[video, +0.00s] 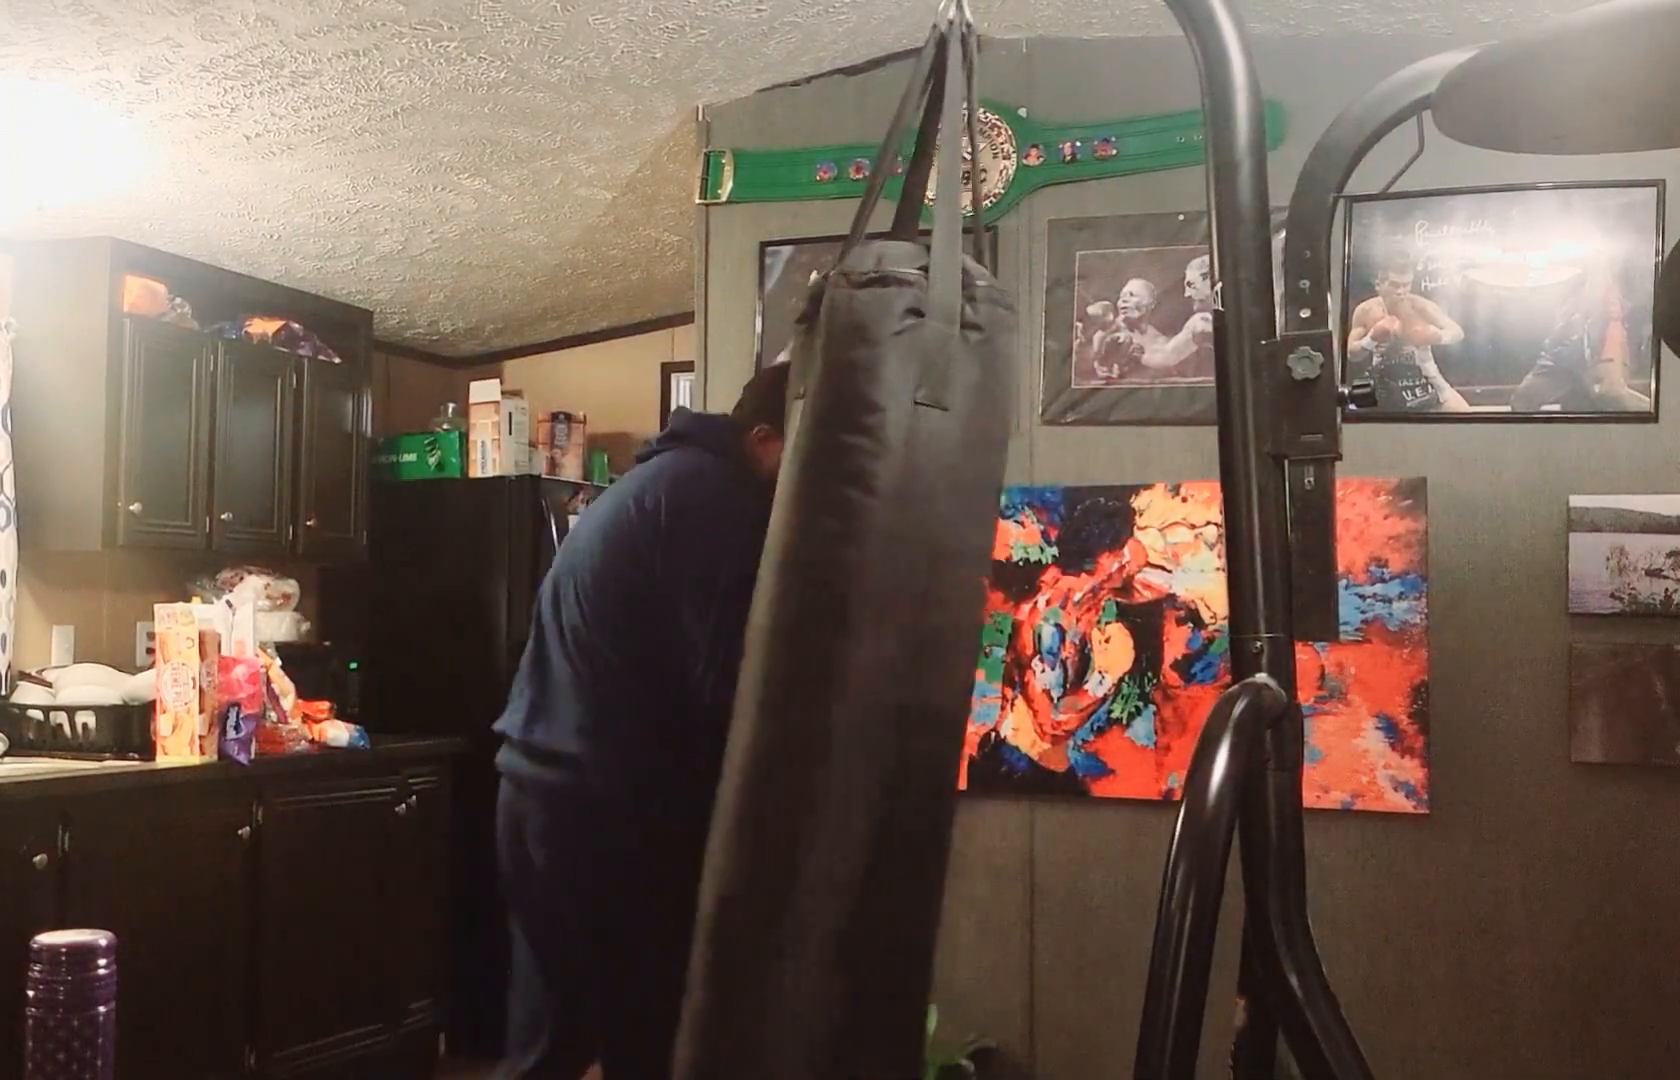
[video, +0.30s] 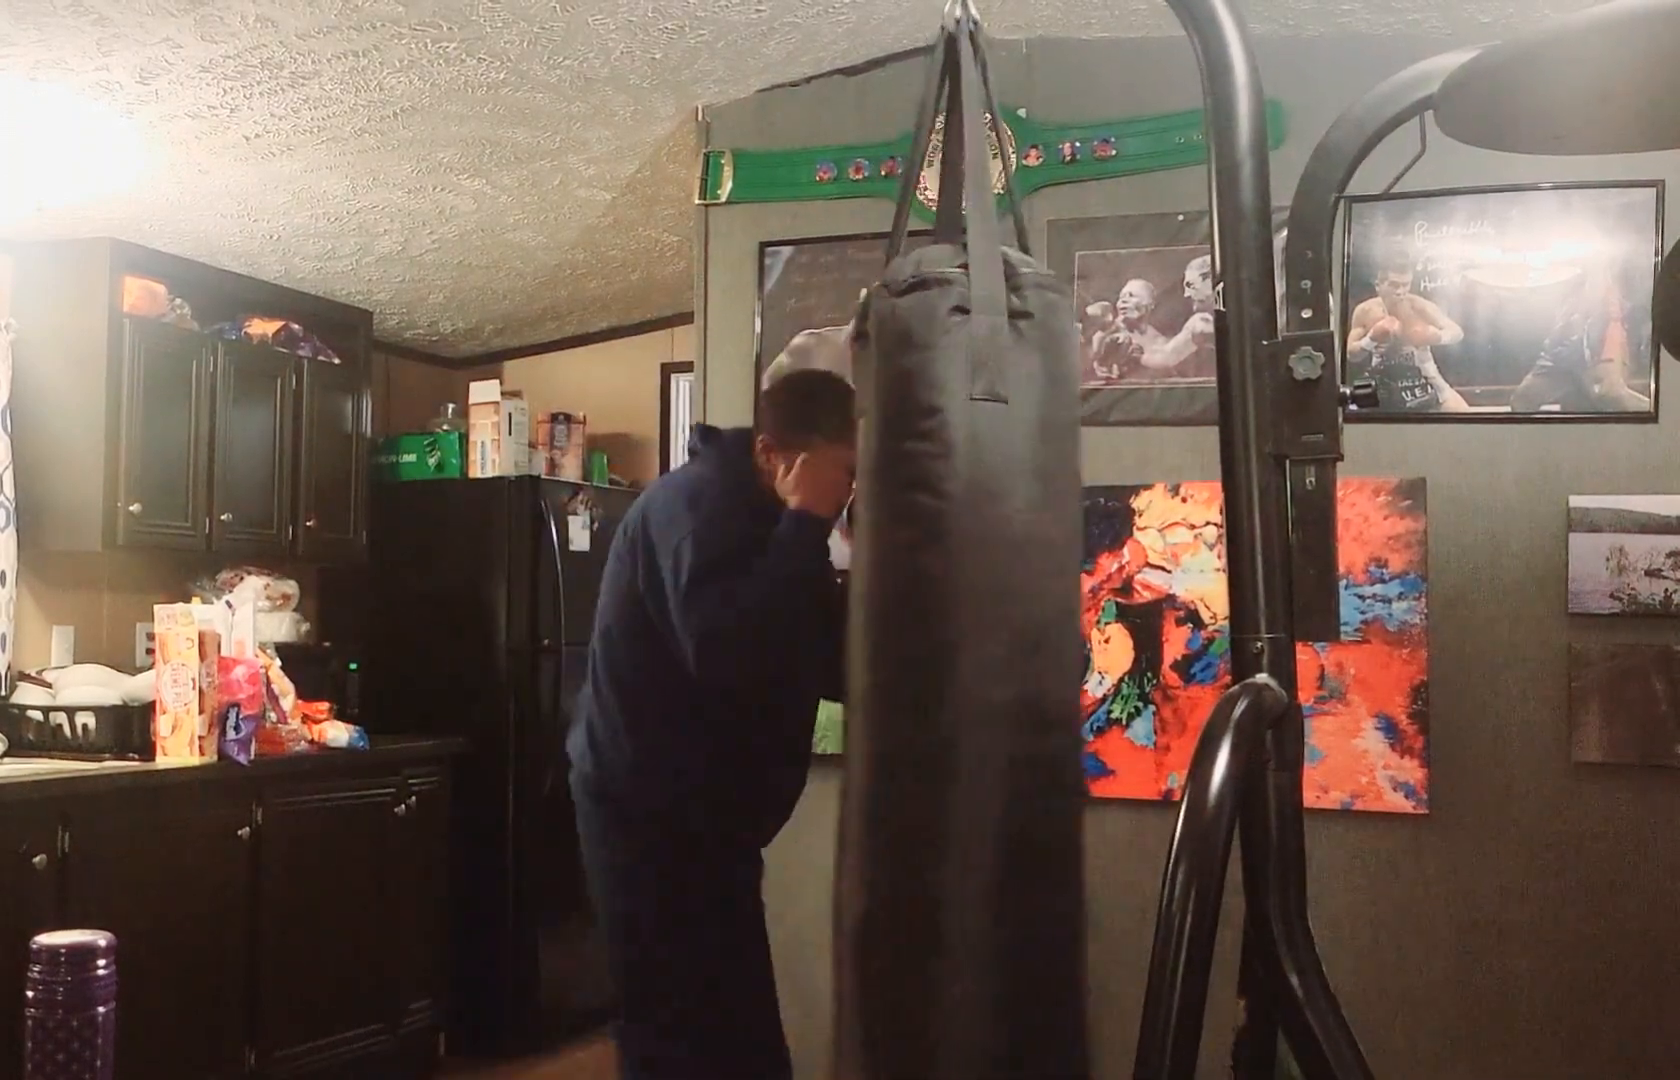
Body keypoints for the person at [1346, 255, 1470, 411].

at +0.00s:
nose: (1401, 291)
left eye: (1406, 285)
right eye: (1395, 285)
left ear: (1411, 284)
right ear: (1379, 284)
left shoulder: (1421, 306)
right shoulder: (1365, 311)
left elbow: (1457, 332)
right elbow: (1352, 354)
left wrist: (1435, 336)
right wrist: (1373, 338)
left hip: (1429, 384)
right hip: (1386, 388)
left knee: (1468, 420)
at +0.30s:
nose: (1400, 291)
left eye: (1405, 285)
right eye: (1394, 285)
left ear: (1410, 284)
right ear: (1378, 285)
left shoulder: (1420, 306)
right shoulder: (1365, 311)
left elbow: (1456, 332)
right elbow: (1351, 355)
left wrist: (1434, 336)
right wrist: (1372, 339)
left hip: (1428, 384)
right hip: (1384, 387)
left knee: (1468, 420)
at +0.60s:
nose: (1401, 292)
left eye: (1406, 285)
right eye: (1394, 285)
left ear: (1411, 284)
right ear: (1379, 284)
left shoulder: (1421, 306)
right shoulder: (1365, 311)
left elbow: (1457, 332)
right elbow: (1352, 355)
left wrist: (1434, 336)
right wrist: (1373, 339)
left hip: (1428, 384)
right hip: (1385, 387)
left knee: (1468, 420)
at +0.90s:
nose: (1401, 292)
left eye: (1405, 286)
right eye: (1394, 285)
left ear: (1410, 284)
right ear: (1378, 285)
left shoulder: (1421, 306)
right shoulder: (1364, 311)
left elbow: (1457, 333)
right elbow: (1351, 354)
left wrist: (1435, 336)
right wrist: (1372, 338)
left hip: (1427, 382)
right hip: (1384, 386)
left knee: (1467, 419)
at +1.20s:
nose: (1401, 292)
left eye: (1405, 286)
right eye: (1394, 285)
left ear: (1410, 284)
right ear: (1378, 285)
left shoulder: (1420, 306)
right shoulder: (1364, 312)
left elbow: (1456, 332)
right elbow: (1352, 355)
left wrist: (1434, 336)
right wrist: (1372, 339)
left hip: (1427, 383)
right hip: (1383, 387)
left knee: (1467, 420)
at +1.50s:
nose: (1400, 291)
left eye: (1405, 285)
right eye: (1394, 285)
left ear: (1410, 284)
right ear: (1378, 284)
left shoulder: (1420, 306)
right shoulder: (1365, 311)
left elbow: (1457, 332)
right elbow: (1351, 354)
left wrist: (1435, 336)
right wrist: (1372, 338)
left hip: (1427, 381)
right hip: (1384, 384)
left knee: (1466, 417)